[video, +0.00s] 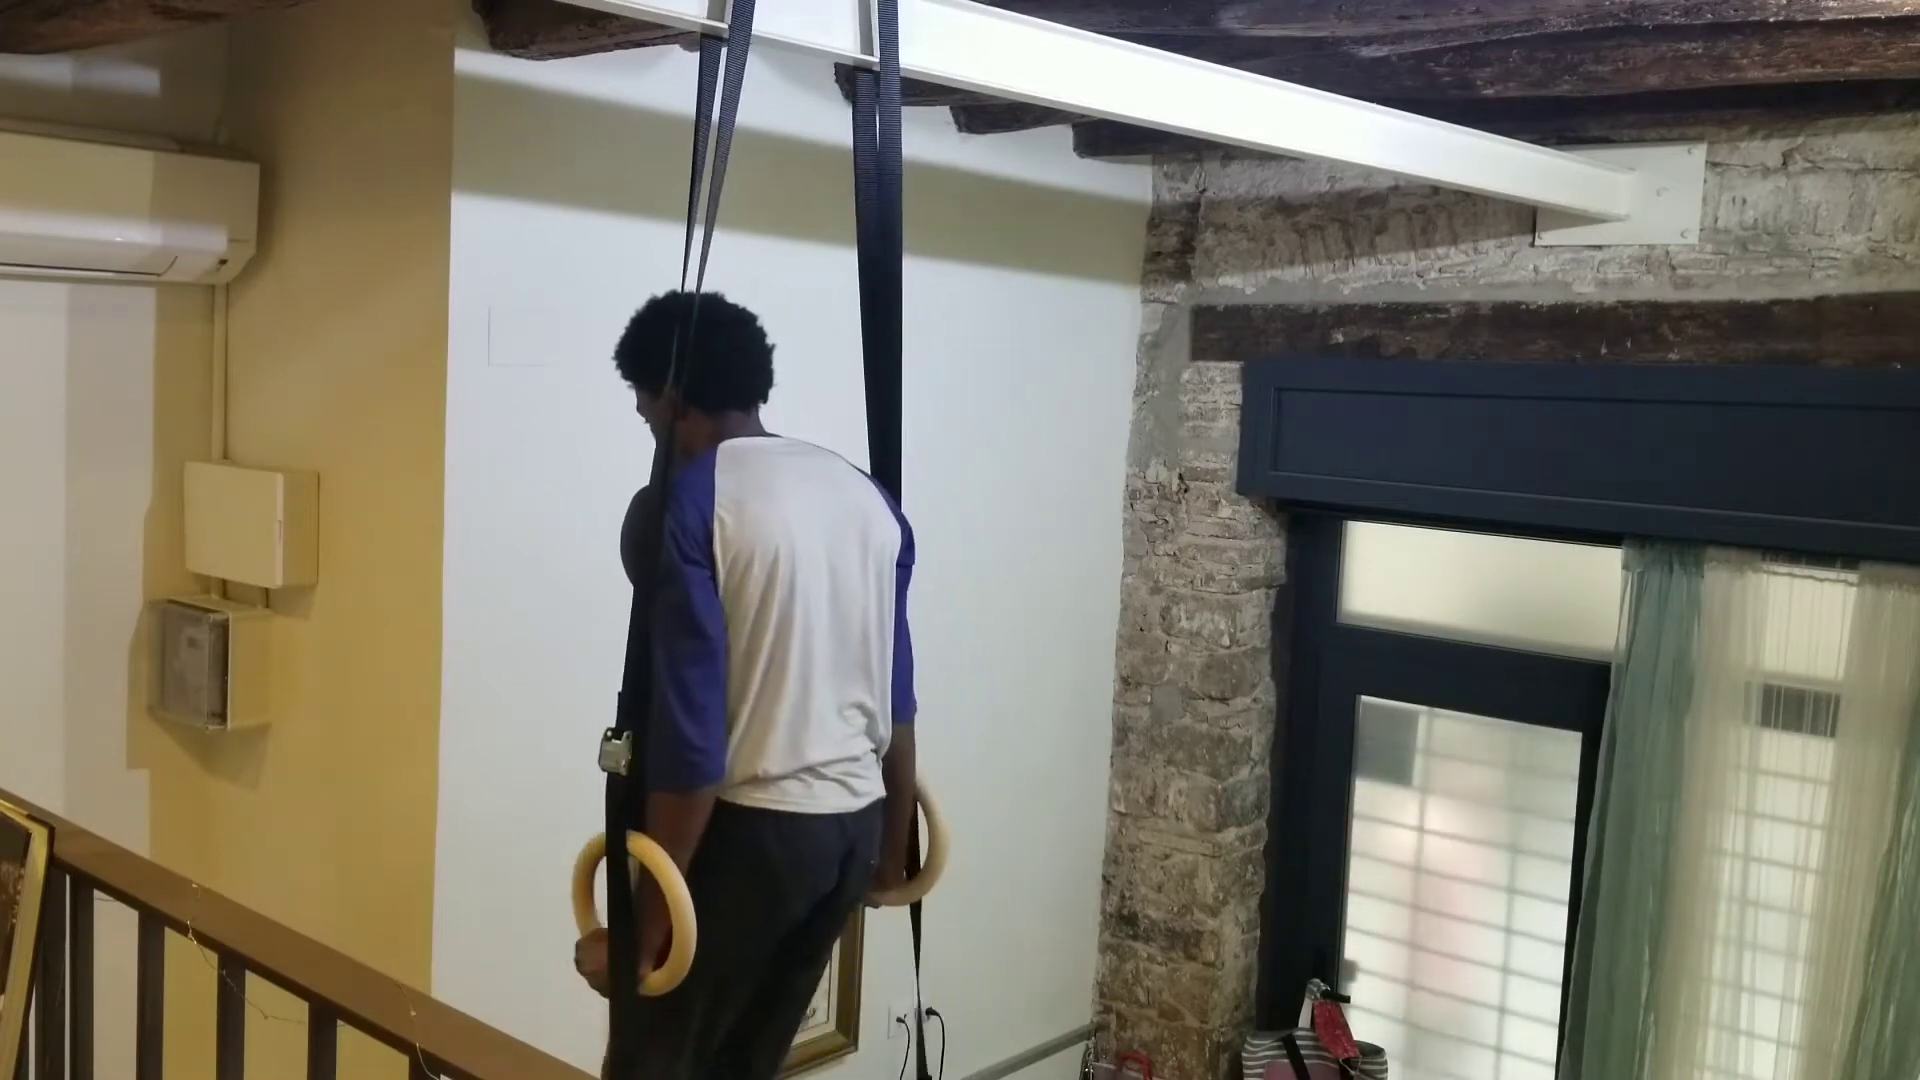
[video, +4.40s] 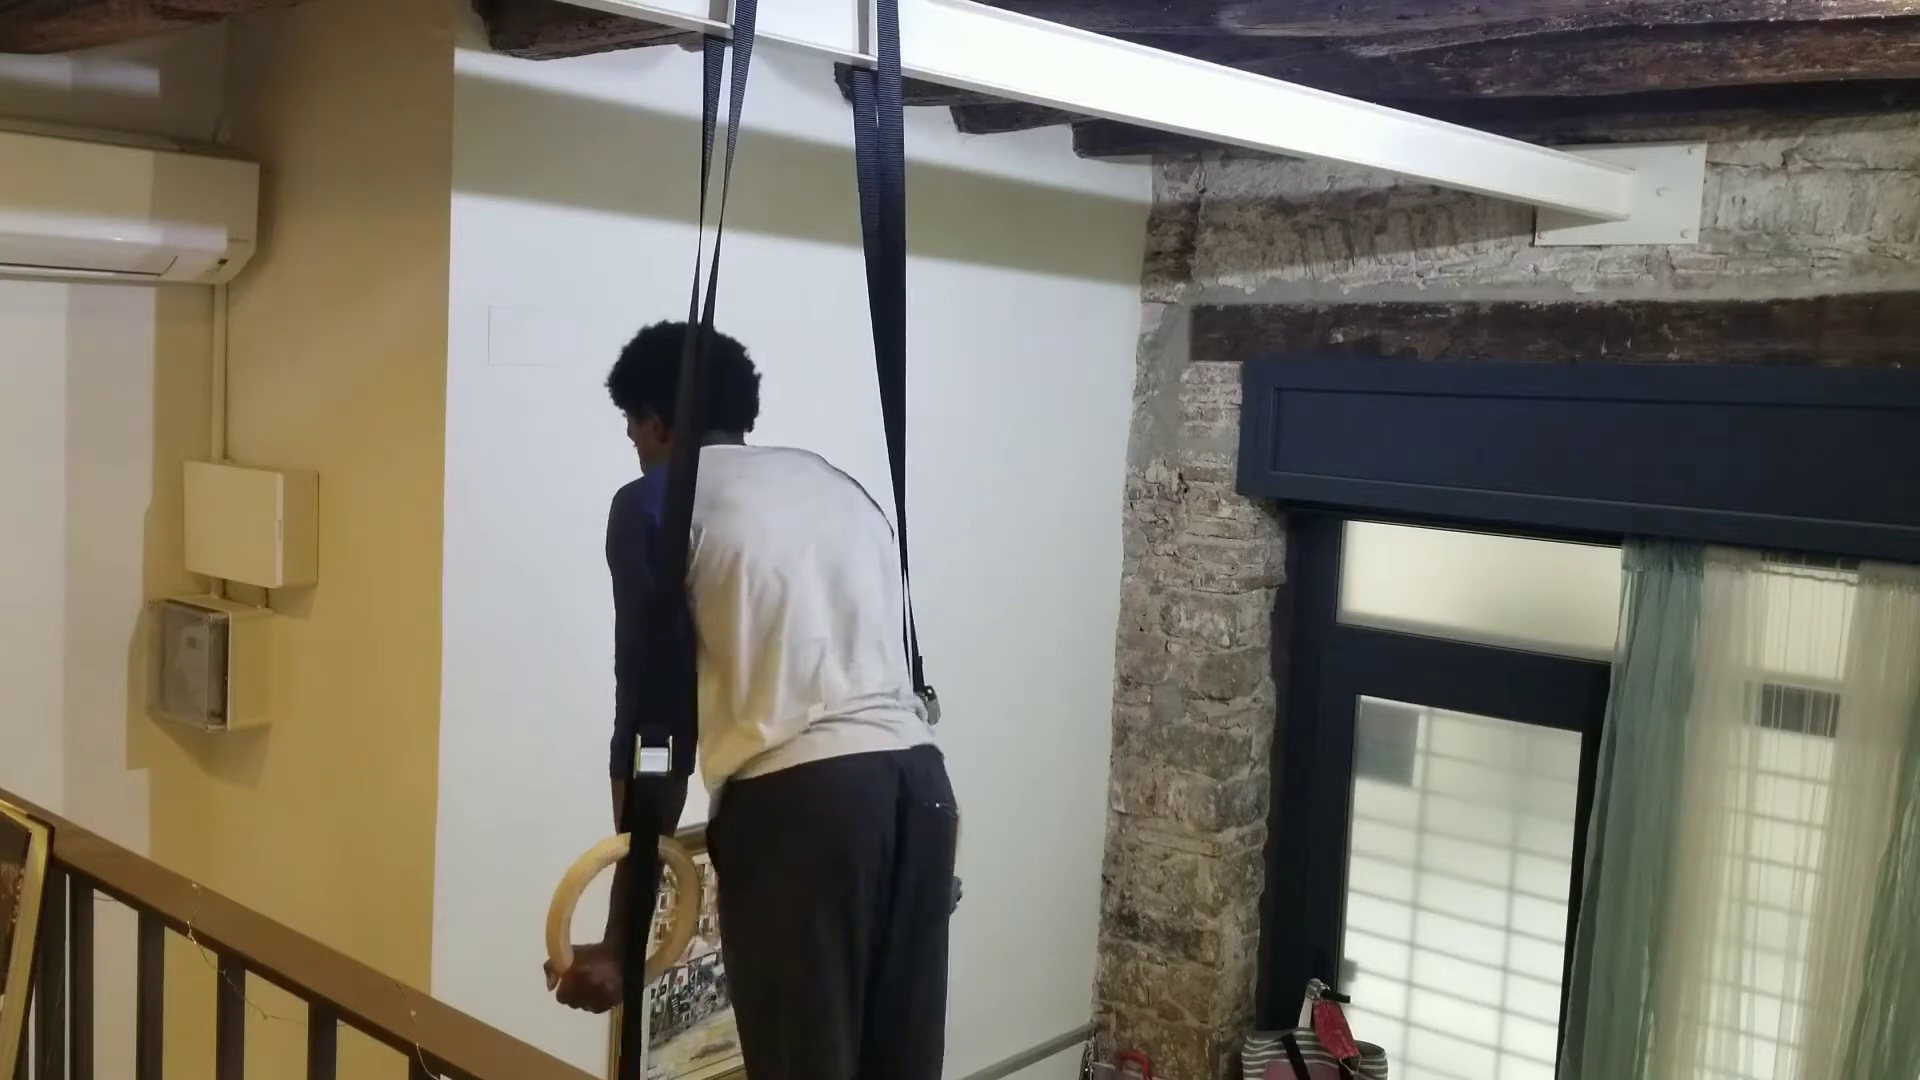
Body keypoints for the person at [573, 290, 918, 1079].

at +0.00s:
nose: (647, 419)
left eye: (645, 399)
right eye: (642, 401)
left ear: (673, 393)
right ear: (754, 383)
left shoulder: (688, 500)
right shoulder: (867, 496)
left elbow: (691, 734)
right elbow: (896, 694)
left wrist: (644, 910)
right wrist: (896, 842)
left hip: (739, 844)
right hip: (849, 842)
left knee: (653, 1063)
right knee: (747, 1063)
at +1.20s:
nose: (649, 432)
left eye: (649, 410)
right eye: (644, 412)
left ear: (677, 393)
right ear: (752, 390)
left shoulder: (677, 496)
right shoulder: (872, 473)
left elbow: (698, 732)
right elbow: (913, 654)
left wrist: (659, 952)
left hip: (815, 793)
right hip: (937, 788)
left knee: (758, 1057)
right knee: (851, 1055)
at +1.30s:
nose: (646, 441)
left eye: (643, 421)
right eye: (641, 422)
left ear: (667, 408)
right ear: (751, 398)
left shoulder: (677, 499)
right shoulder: (868, 470)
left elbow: (705, 737)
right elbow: (902, 661)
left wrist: (671, 956)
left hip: (826, 788)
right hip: (945, 781)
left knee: (778, 1055)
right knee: (875, 1054)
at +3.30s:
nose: (609, 471)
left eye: (604, 456)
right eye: (601, 459)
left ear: (626, 427)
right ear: (702, 408)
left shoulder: (629, 499)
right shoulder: (827, 481)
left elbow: (639, 680)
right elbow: (853, 658)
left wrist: (648, 862)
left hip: (758, 814)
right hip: (873, 805)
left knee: (771, 1061)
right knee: (878, 1062)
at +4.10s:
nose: (614, 448)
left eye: (610, 430)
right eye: (610, 432)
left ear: (631, 421)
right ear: (714, 405)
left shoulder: (630, 503)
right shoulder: (831, 492)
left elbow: (633, 714)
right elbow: (876, 682)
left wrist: (634, 921)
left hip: (757, 798)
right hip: (878, 783)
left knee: (815, 1056)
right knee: (938, 1047)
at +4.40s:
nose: (634, 447)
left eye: (632, 428)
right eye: (629, 429)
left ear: (656, 422)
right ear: (739, 407)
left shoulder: (656, 499)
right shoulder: (844, 486)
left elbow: (653, 729)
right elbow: (901, 680)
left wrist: (623, 941)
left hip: (799, 810)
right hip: (920, 799)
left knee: (803, 1062)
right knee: (908, 1060)